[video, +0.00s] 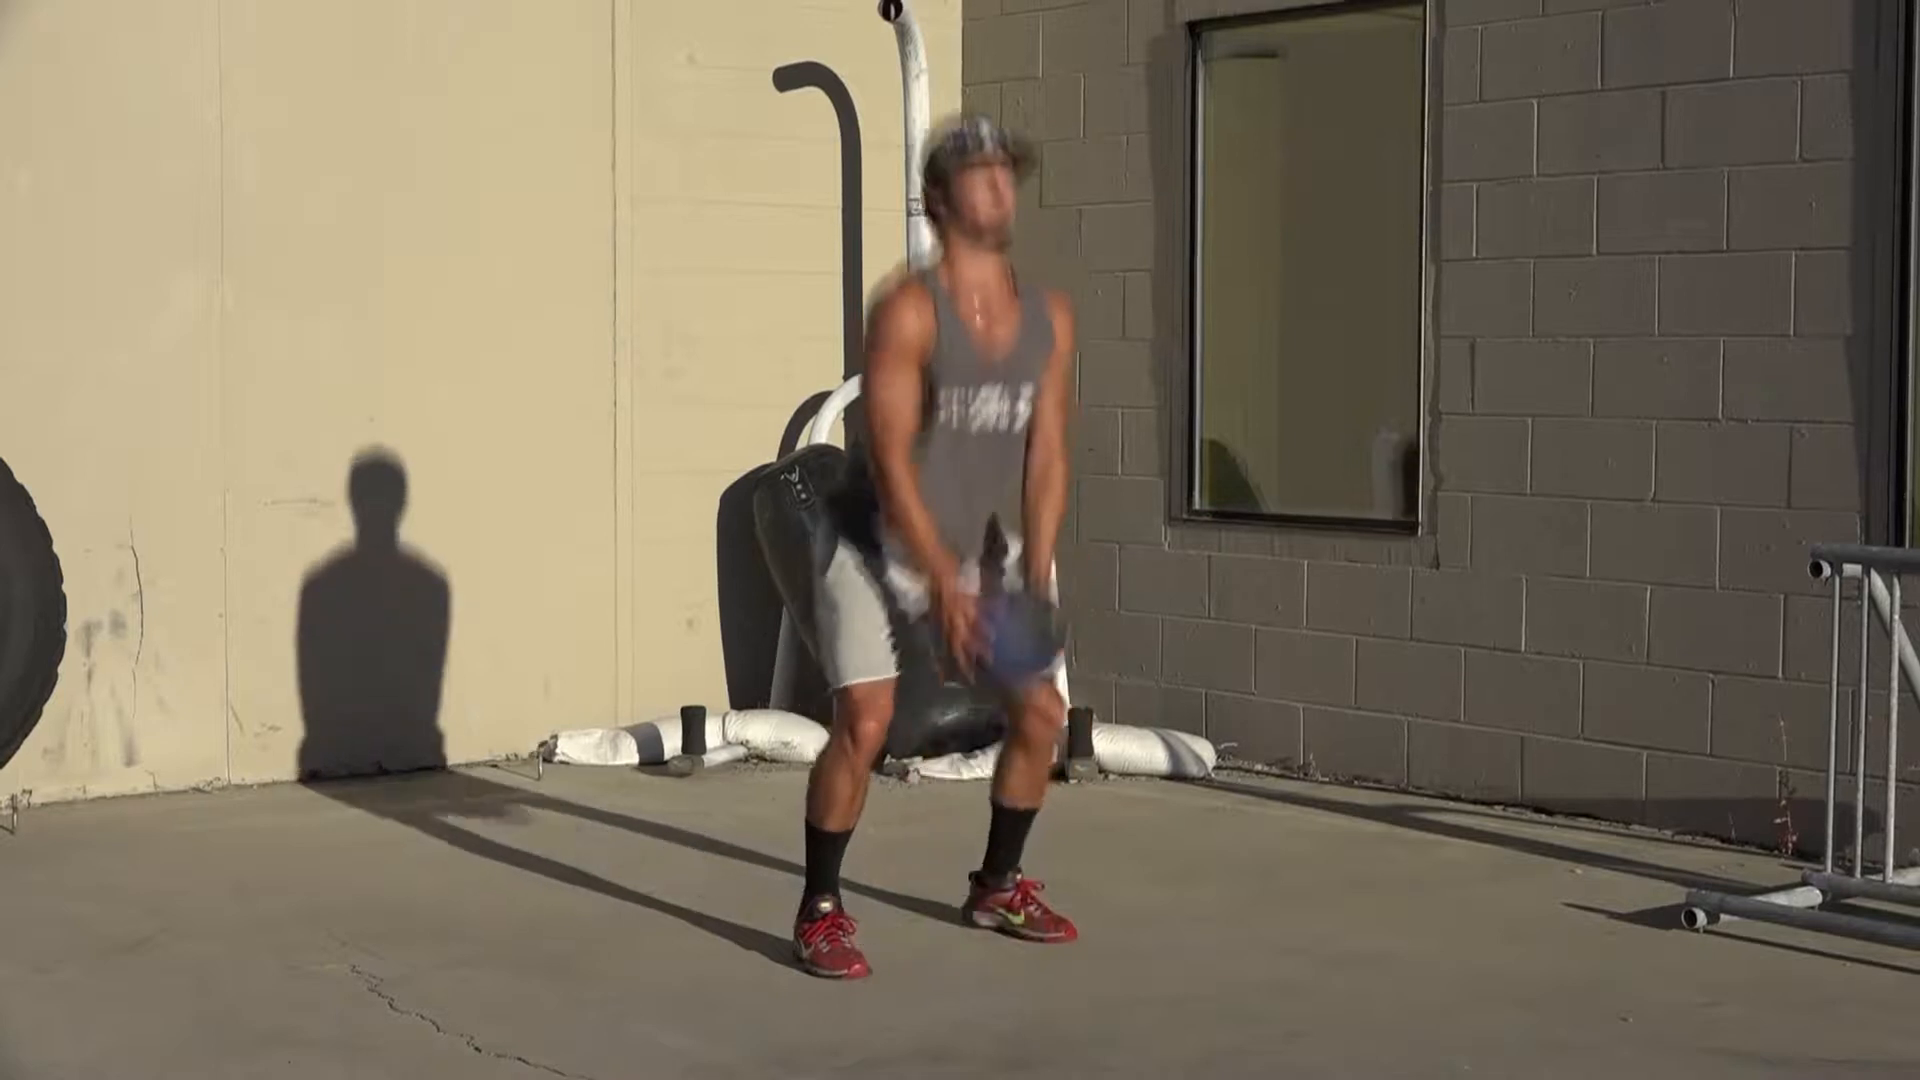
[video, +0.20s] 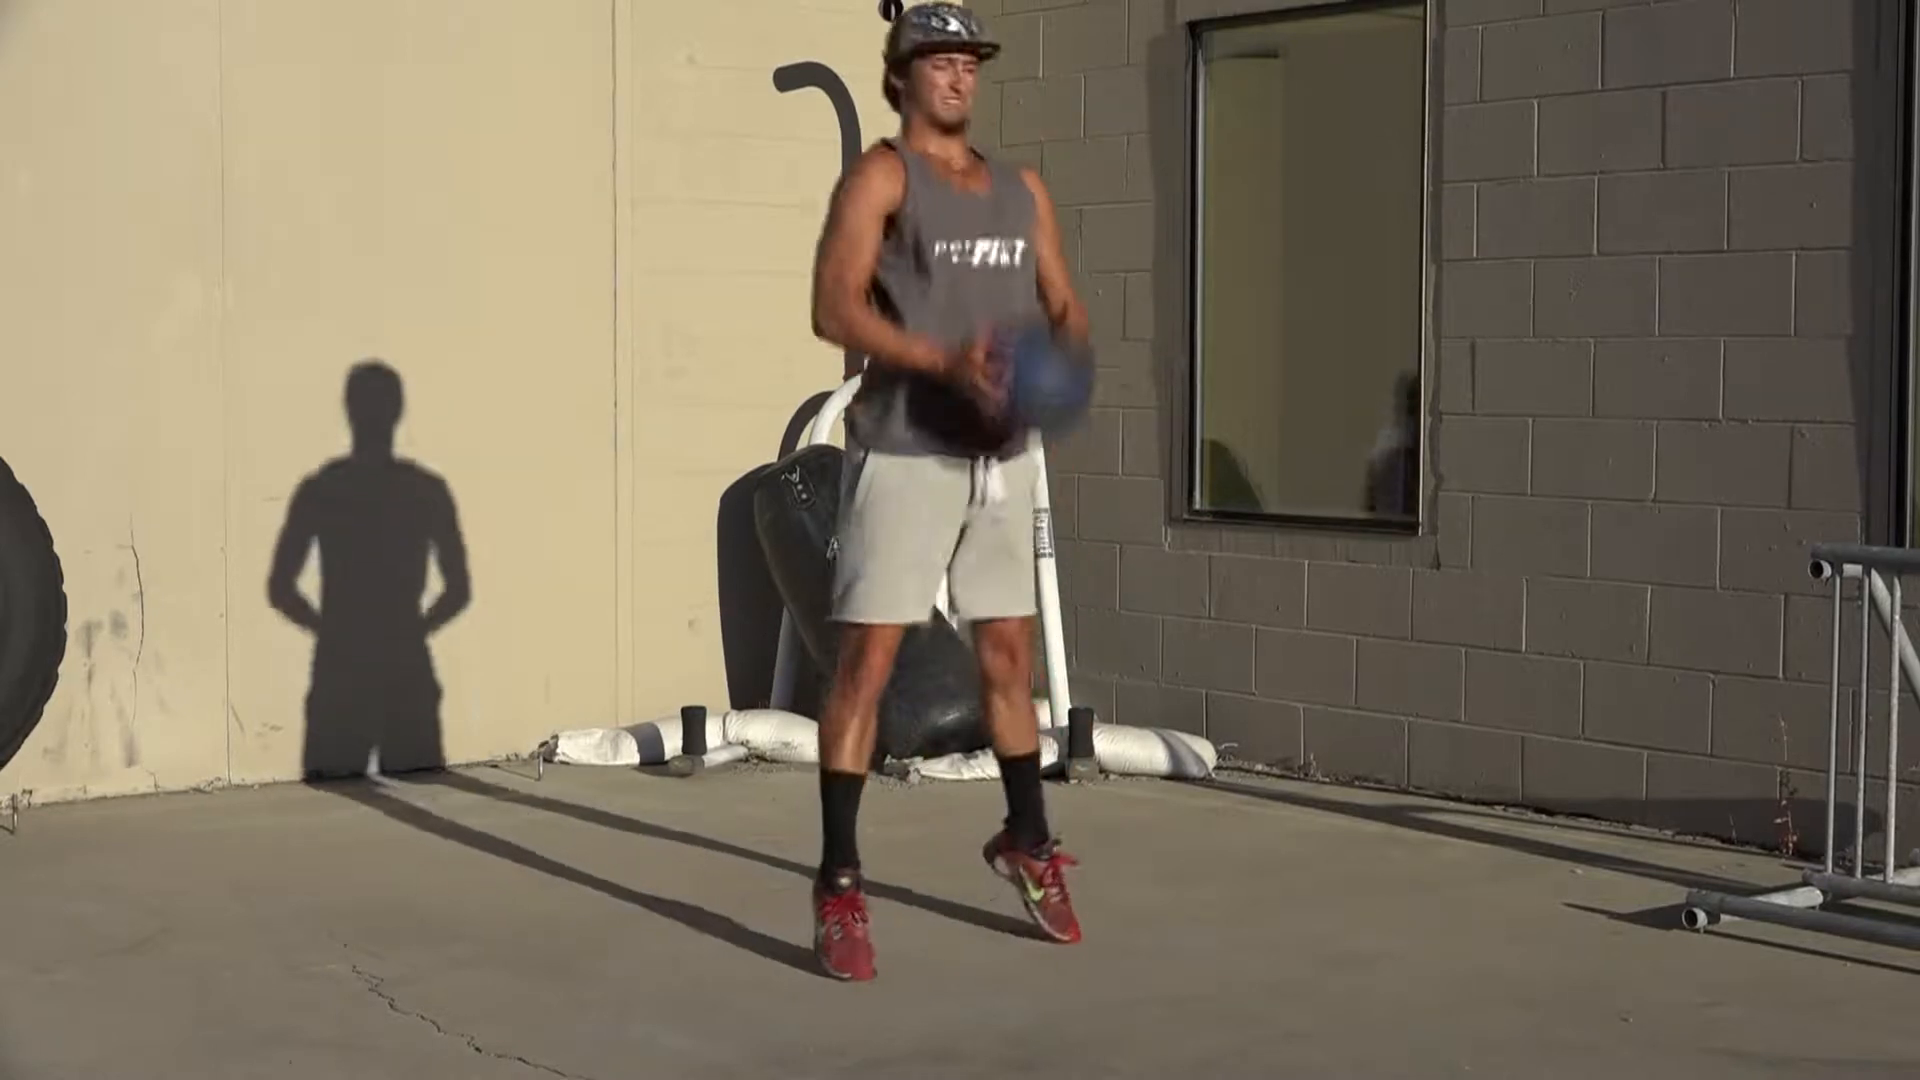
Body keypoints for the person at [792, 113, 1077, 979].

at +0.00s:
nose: (995, 187)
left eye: (1002, 173)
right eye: (975, 174)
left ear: (1016, 191)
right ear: (939, 196)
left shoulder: (1047, 314)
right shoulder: (906, 310)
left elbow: (1048, 453)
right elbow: (888, 462)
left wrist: (1039, 569)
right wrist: (942, 580)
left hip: (980, 546)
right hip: (879, 540)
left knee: (1042, 711)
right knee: (866, 719)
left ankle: (998, 885)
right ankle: (819, 909)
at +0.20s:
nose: (959, 73)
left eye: (969, 60)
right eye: (940, 60)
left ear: (982, 76)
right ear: (902, 77)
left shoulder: (1022, 190)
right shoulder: (879, 175)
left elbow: (1066, 310)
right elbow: (834, 309)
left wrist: (1056, 372)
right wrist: (944, 358)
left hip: (1005, 459)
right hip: (904, 456)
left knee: (1010, 654)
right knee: (869, 658)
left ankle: (1028, 839)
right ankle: (839, 882)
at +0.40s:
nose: (951, 128)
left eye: (959, 113)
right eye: (932, 113)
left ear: (971, 126)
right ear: (895, 128)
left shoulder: (999, 237)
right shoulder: (877, 232)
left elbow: (1112, 357)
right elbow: (858, 357)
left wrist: (1083, 300)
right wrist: (970, 313)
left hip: (991, 513)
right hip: (893, 512)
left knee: (1047, 693)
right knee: (865, 704)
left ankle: (1016, 872)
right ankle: (818, 904)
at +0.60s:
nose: (976, 297)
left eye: (985, 282)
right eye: (958, 282)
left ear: (996, 293)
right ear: (920, 295)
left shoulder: (1017, 388)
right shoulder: (891, 402)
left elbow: (1144, 509)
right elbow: (863, 540)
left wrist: (1070, 450)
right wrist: (967, 466)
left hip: (954, 619)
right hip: (853, 614)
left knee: (1062, 726)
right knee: (860, 733)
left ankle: (1002, 887)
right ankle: (820, 913)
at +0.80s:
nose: (992, 439)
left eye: (1001, 423)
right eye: (974, 422)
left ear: (1011, 435)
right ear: (933, 435)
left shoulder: (1019, 539)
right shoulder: (891, 536)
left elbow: (1136, 654)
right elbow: (850, 674)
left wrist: (1082, 616)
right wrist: (962, 624)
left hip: (935, 689)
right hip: (828, 691)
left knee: (1063, 727)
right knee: (838, 736)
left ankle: (1002, 888)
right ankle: (818, 914)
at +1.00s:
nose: (985, 397)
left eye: (996, 380)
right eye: (967, 380)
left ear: (1009, 392)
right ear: (929, 393)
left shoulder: (1017, 491)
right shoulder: (888, 492)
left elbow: (1134, 605)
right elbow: (843, 623)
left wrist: (1062, 554)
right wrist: (955, 572)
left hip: (934, 658)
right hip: (833, 657)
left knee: (1055, 731)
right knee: (847, 733)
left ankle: (1003, 887)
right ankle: (819, 913)